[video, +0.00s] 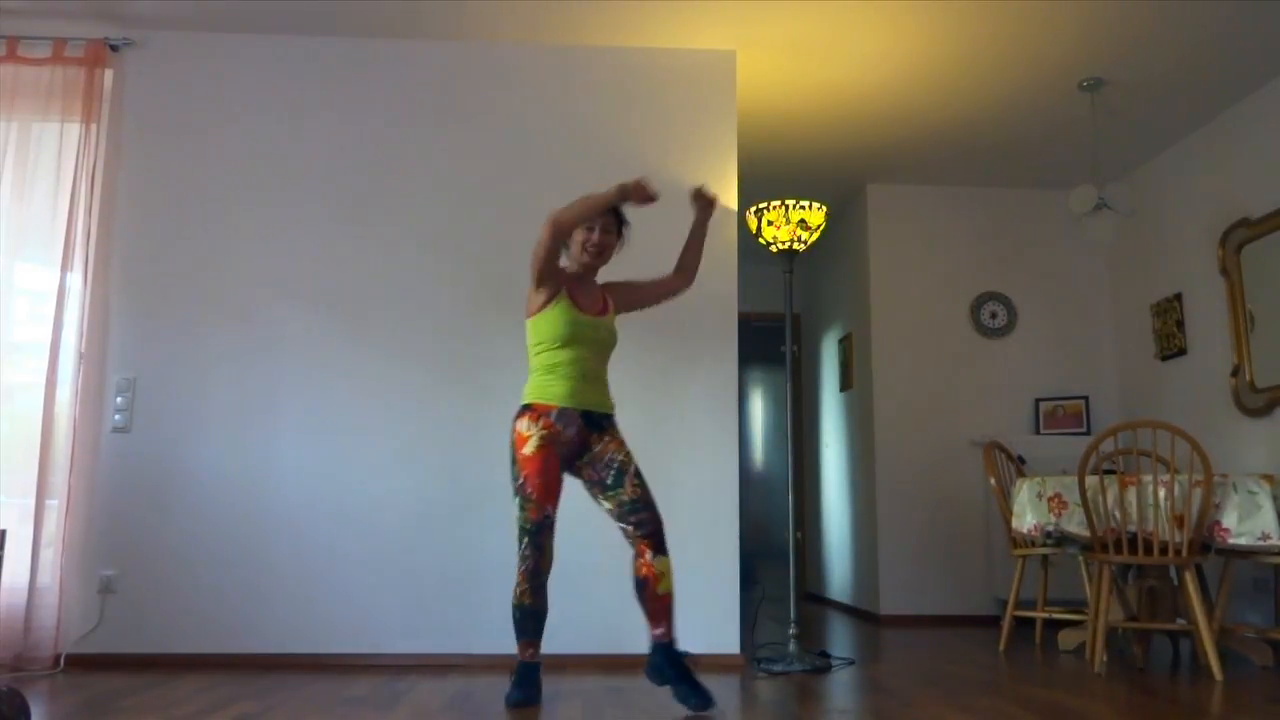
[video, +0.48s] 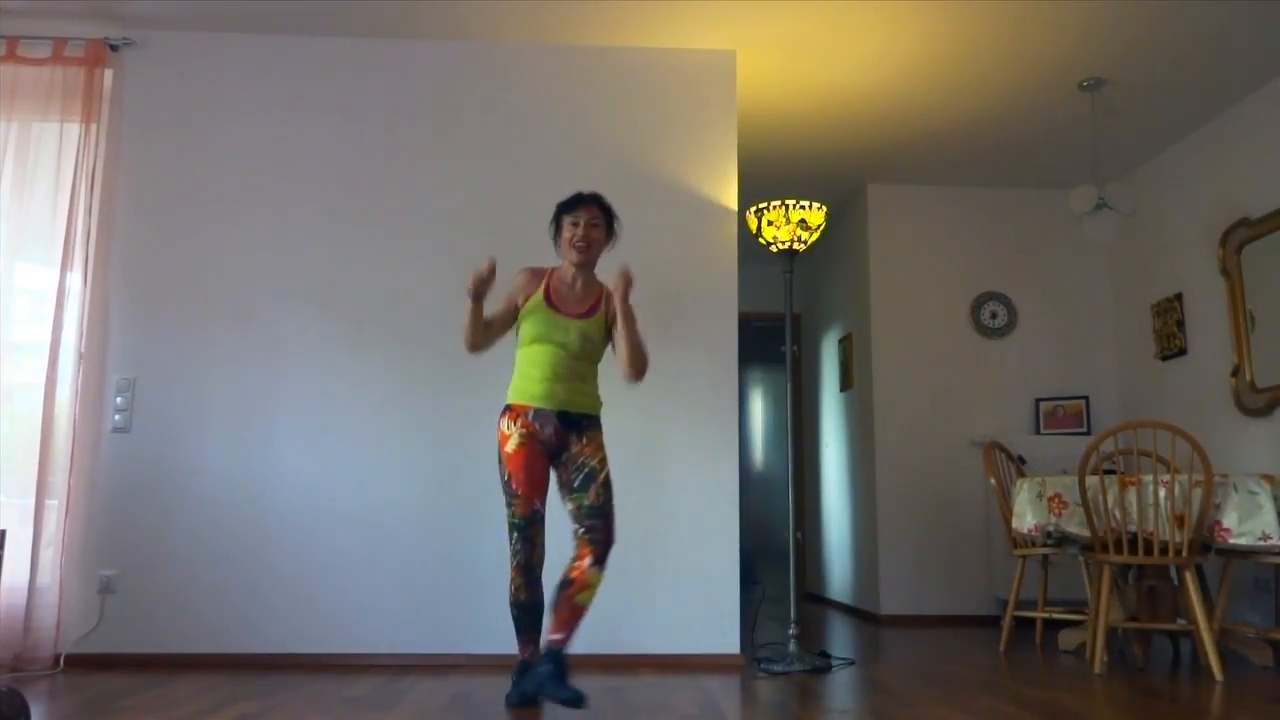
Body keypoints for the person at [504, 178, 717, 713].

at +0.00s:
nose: (598, 239)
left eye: (610, 233)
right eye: (593, 227)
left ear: (618, 246)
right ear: (573, 234)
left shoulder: (610, 298)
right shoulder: (548, 284)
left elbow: (679, 280)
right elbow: (556, 223)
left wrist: (701, 219)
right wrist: (619, 193)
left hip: (596, 429)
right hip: (541, 424)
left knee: (648, 531)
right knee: (534, 550)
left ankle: (664, 653)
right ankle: (528, 667)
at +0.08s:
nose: (595, 245)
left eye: (607, 240)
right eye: (588, 234)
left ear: (613, 251)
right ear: (569, 241)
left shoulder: (606, 306)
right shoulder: (545, 292)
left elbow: (671, 315)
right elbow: (526, 265)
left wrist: (680, 260)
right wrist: (573, 229)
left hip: (583, 436)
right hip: (530, 430)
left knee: (626, 529)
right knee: (534, 553)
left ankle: (619, 655)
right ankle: (529, 669)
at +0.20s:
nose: (584, 246)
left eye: (595, 241)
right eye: (576, 238)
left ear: (608, 254)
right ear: (558, 246)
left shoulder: (606, 316)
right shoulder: (535, 294)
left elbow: (633, 376)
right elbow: (485, 344)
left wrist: (656, 335)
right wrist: (532, 297)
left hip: (577, 440)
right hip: (523, 434)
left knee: (587, 543)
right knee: (529, 560)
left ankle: (535, 661)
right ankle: (533, 677)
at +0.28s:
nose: (581, 246)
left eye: (592, 241)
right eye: (572, 237)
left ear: (605, 254)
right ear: (555, 246)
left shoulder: (606, 321)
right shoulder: (531, 298)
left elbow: (601, 395)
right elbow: (488, 373)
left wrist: (636, 398)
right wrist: (510, 346)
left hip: (579, 444)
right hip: (525, 437)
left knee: (563, 557)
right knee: (529, 559)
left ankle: (496, 675)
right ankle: (525, 684)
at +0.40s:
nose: (579, 243)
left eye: (591, 237)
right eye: (571, 234)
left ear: (604, 251)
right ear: (554, 245)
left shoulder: (610, 318)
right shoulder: (527, 295)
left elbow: (611, 405)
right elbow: (487, 369)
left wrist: (618, 369)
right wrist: (496, 339)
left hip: (579, 440)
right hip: (524, 433)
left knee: (570, 557)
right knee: (528, 557)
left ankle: (507, 674)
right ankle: (529, 677)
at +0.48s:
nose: (582, 233)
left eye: (593, 227)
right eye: (573, 225)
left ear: (608, 239)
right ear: (558, 233)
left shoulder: (608, 300)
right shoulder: (531, 281)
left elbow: (634, 370)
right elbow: (477, 341)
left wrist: (622, 302)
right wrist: (476, 298)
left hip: (581, 428)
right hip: (524, 421)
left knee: (597, 539)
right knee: (527, 546)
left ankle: (551, 658)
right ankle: (527, 666)